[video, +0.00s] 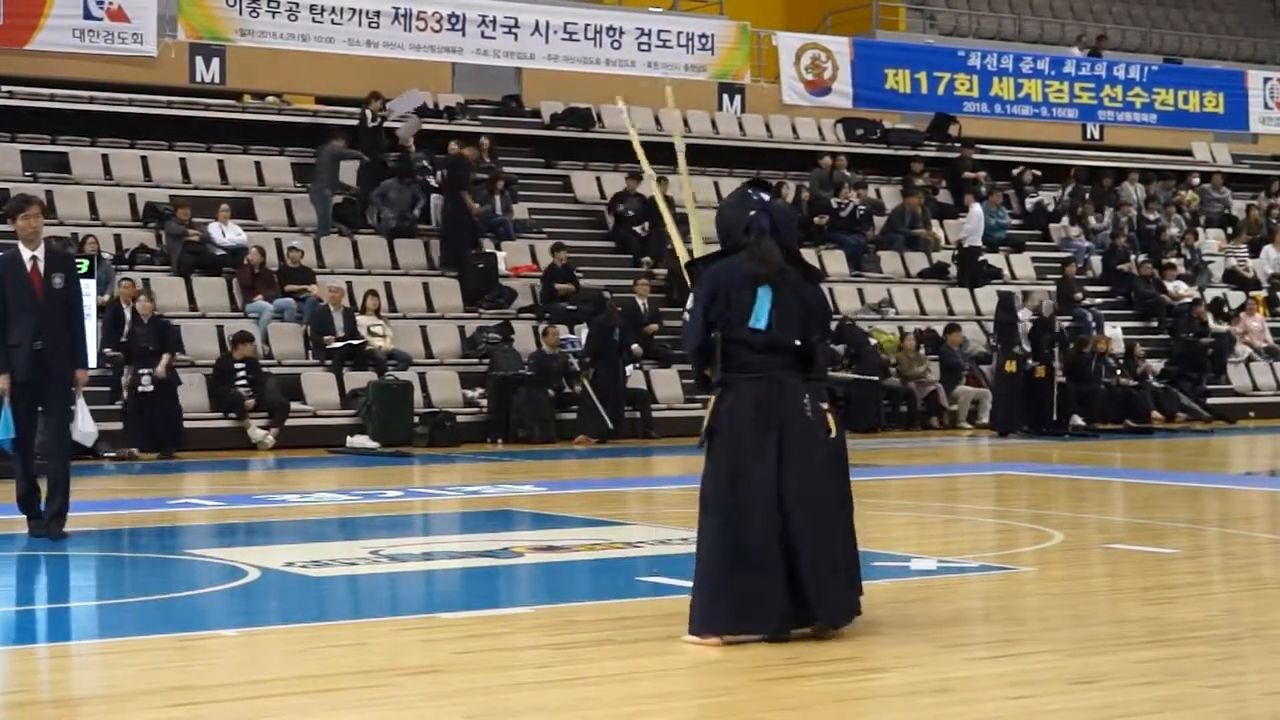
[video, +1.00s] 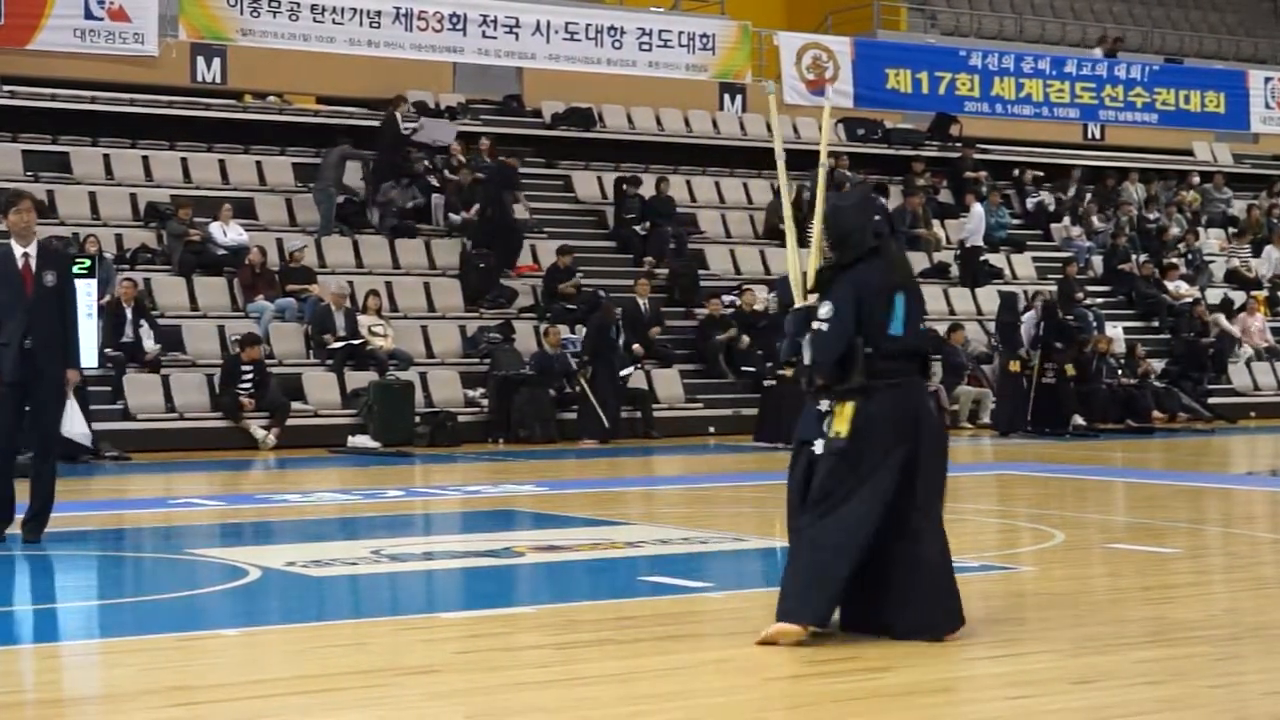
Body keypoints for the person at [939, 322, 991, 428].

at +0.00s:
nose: (961, 337)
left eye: (961, 335)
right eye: (958, 334)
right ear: (948, 336)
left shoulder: (958, 351)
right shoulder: (945, 351)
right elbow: (956, 363)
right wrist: (966, 364)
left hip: (963, 385)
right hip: (950, 386)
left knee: (986, 393)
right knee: (967, 392)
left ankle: (983, 419)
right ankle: (961, 421)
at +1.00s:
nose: (964, 336)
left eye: (963, 333)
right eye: (961, 333)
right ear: (952, 335)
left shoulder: (960, 350)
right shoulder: (948, 349)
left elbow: (972, 360)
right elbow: (959, 365)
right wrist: (968, 365)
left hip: (962, 385)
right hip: (949, 385)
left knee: (987, 393)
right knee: (968, 392)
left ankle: (984, 419)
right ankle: (962, 421)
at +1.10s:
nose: (964, 336)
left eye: (964, 333)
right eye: (961, 333)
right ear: (952, 334)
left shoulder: (961, 350)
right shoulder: (949, 349)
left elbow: (972, 362)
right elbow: (960, 365)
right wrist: (969, 365)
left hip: (962, 384)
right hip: (949, 384)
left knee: (987, 393)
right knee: (968, 391)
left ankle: (984, 419)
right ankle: (963, 420)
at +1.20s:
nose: (965, 337)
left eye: (965, 333)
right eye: (962, 333)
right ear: (954, 336)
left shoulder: (962, 350)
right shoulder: (953, 350)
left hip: (962, 385)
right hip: (952, 386)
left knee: (987, 394)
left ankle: (985, 420)